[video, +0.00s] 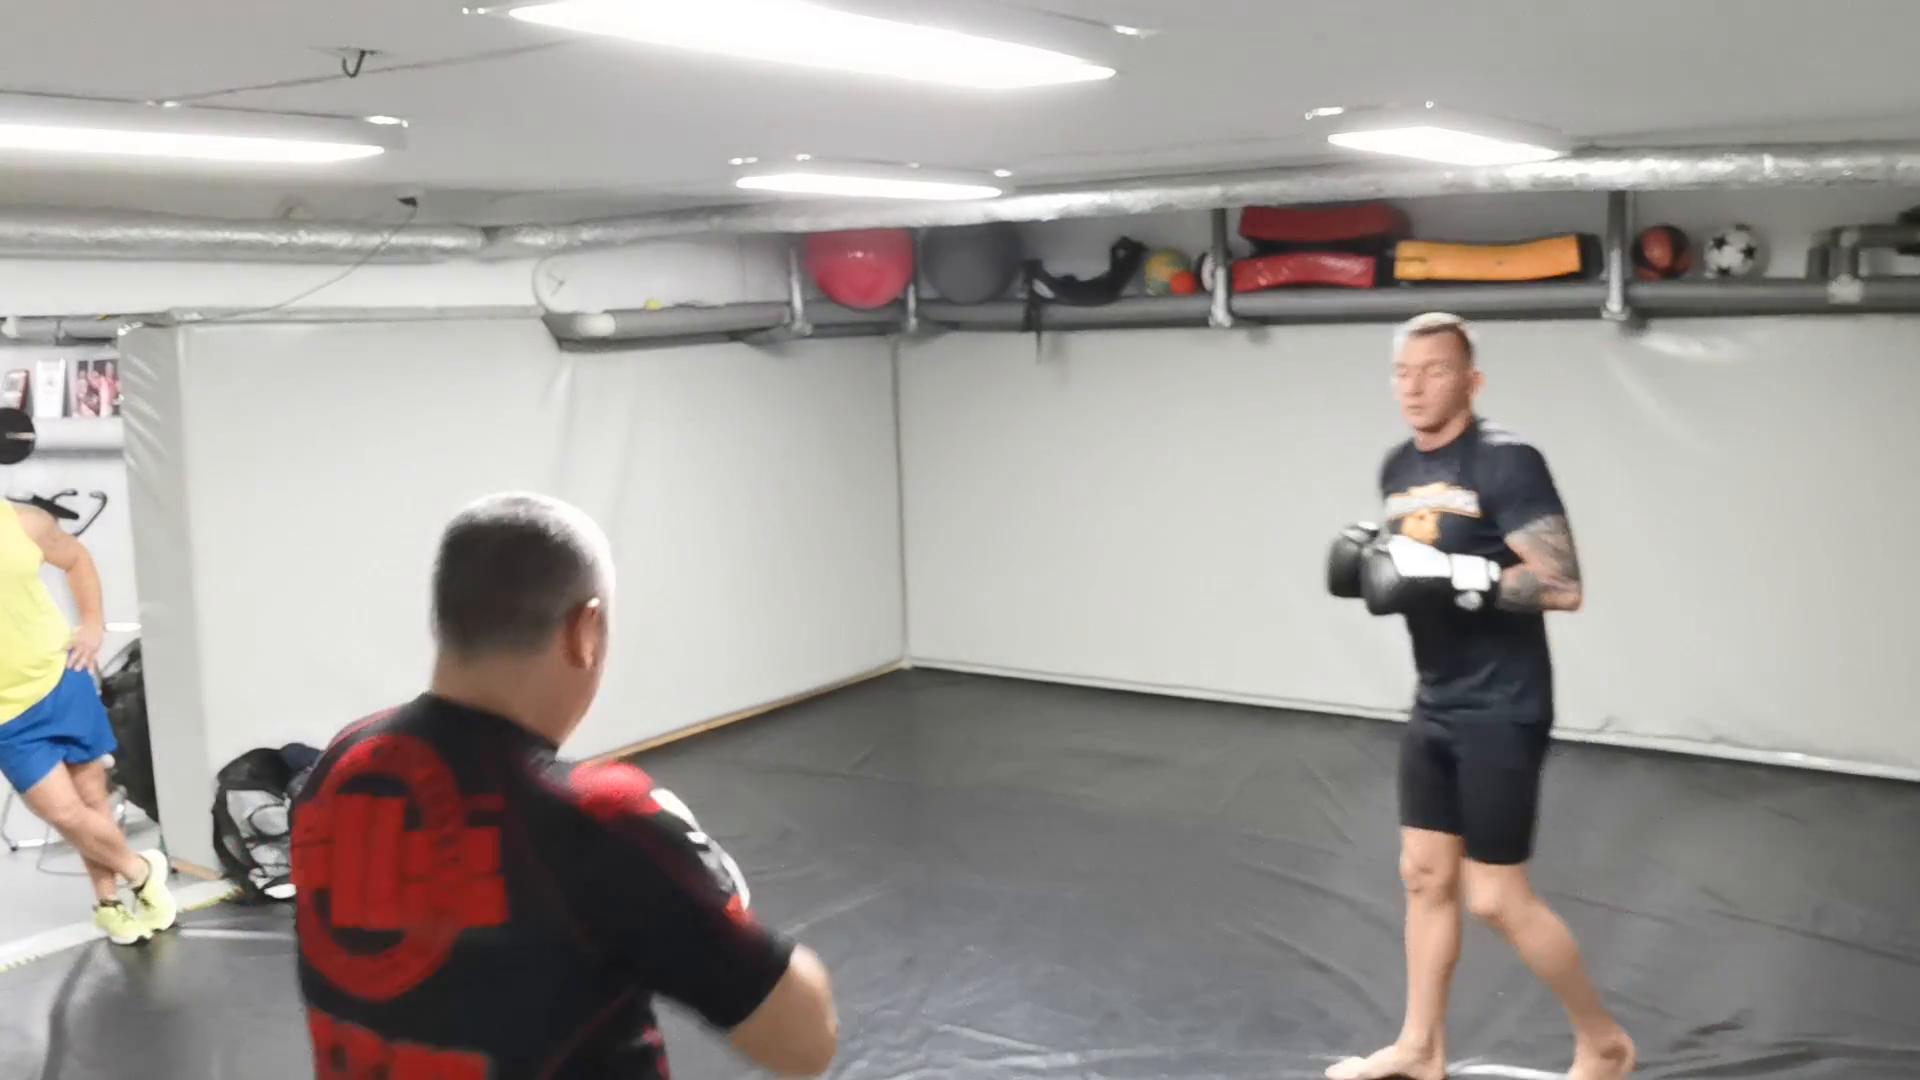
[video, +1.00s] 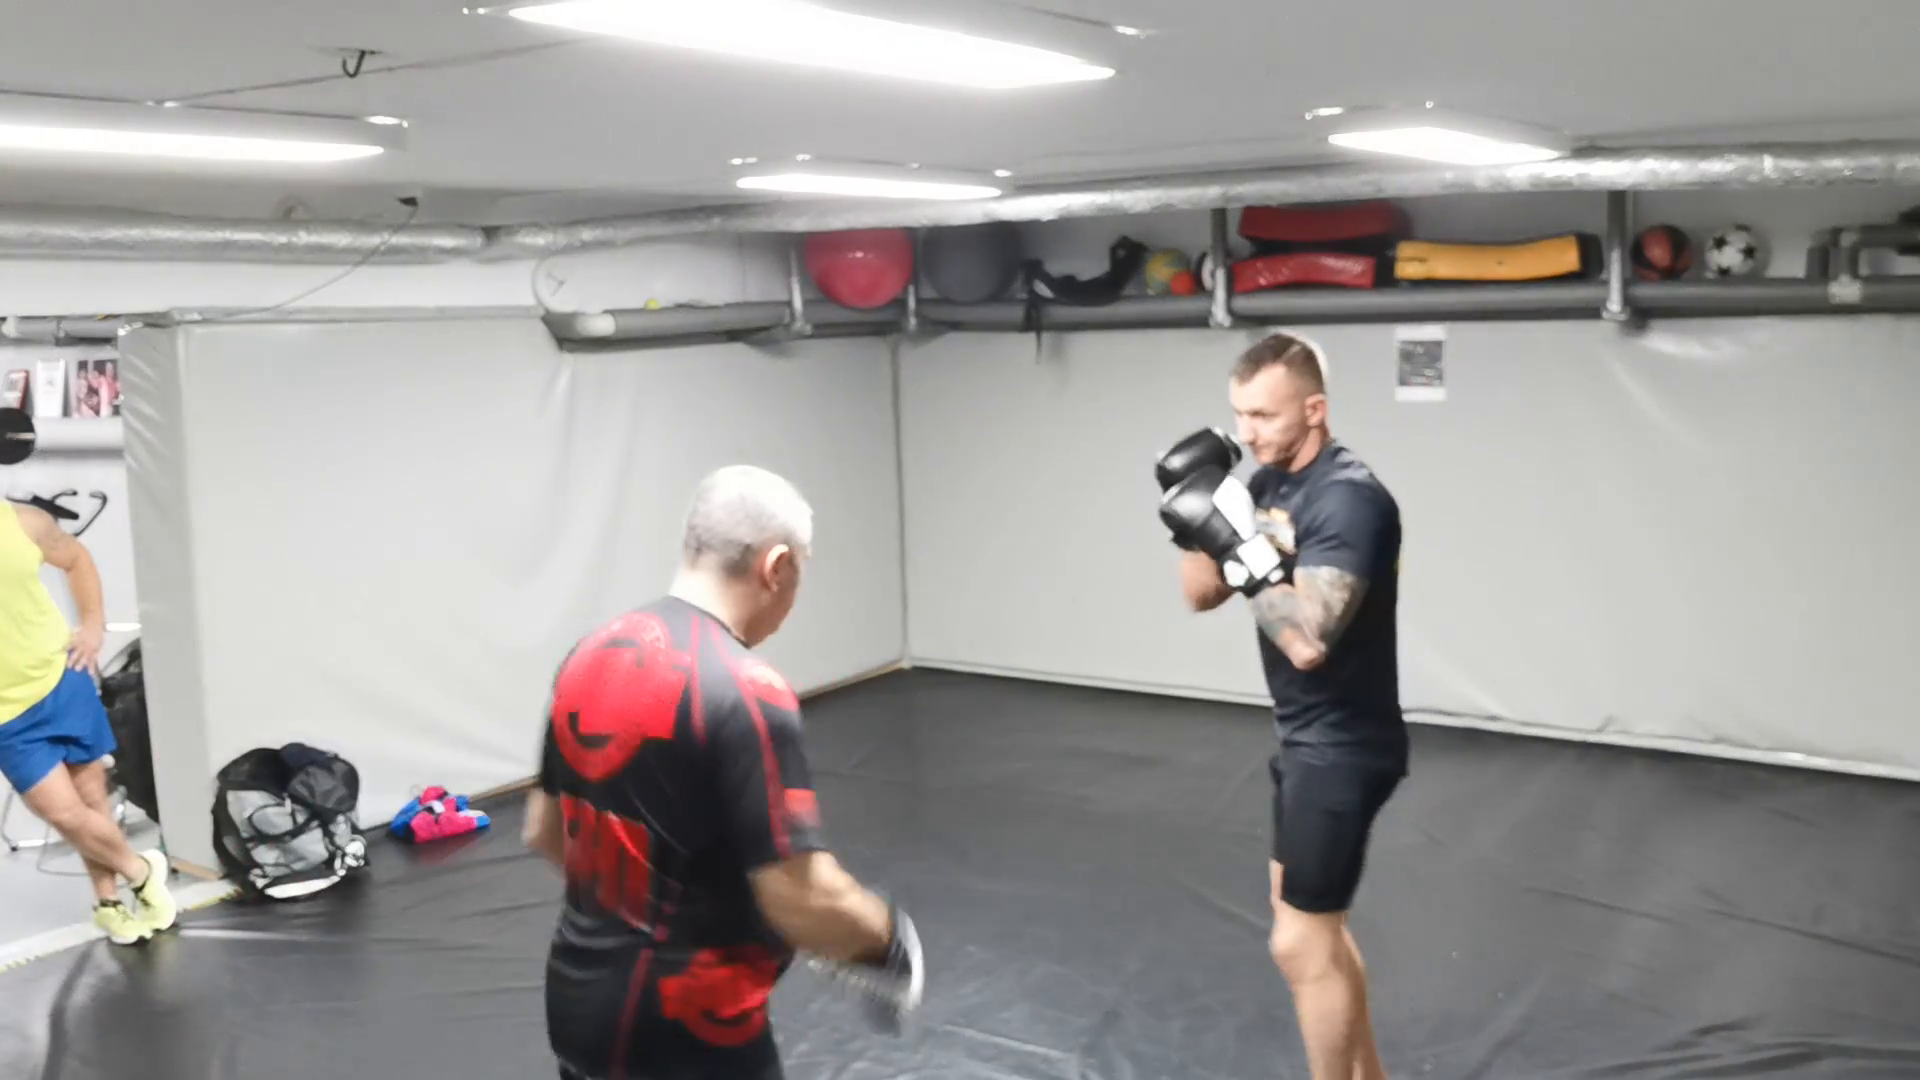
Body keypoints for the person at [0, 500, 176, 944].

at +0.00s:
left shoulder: (22, 523)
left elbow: (76, 558)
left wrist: (92, 623)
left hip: (63, 683)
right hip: (9, 716)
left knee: (92, 798)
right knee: (64, 816)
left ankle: (107, 901)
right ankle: (142, 872)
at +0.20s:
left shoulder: (22, 523)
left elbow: (76, 558)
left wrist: (92, 623)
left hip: (63, 683)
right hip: (8, 716)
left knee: (92, 798)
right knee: (65, 816)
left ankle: (107, 901)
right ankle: (142, 872)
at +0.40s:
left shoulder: (21, 522)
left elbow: (76, 558)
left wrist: (92, 624)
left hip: (63, 683)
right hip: (8, 716)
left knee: (91, 798)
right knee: (65, 816)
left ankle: (107, 901)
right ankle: (142, 872)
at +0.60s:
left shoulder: (21, 522)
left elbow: (76, 558)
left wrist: (93, 623)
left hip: (63, 683)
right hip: (8, 716)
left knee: (91, 798)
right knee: (64, 816)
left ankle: (107, 901)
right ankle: (142, 872)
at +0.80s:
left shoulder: (21, 522)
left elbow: (76, 558)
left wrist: (92, 624)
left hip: (62, 683)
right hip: (7, 715)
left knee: (91, 797)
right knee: (64, 815)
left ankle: (107, 901)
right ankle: (142, 872)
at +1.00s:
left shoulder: (21, 522)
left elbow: (76, 558)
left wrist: (93, 623)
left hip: (62, 682)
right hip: (7, 715)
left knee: (91, 797)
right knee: (65, 816)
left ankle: (107, 901)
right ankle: (142, 872)